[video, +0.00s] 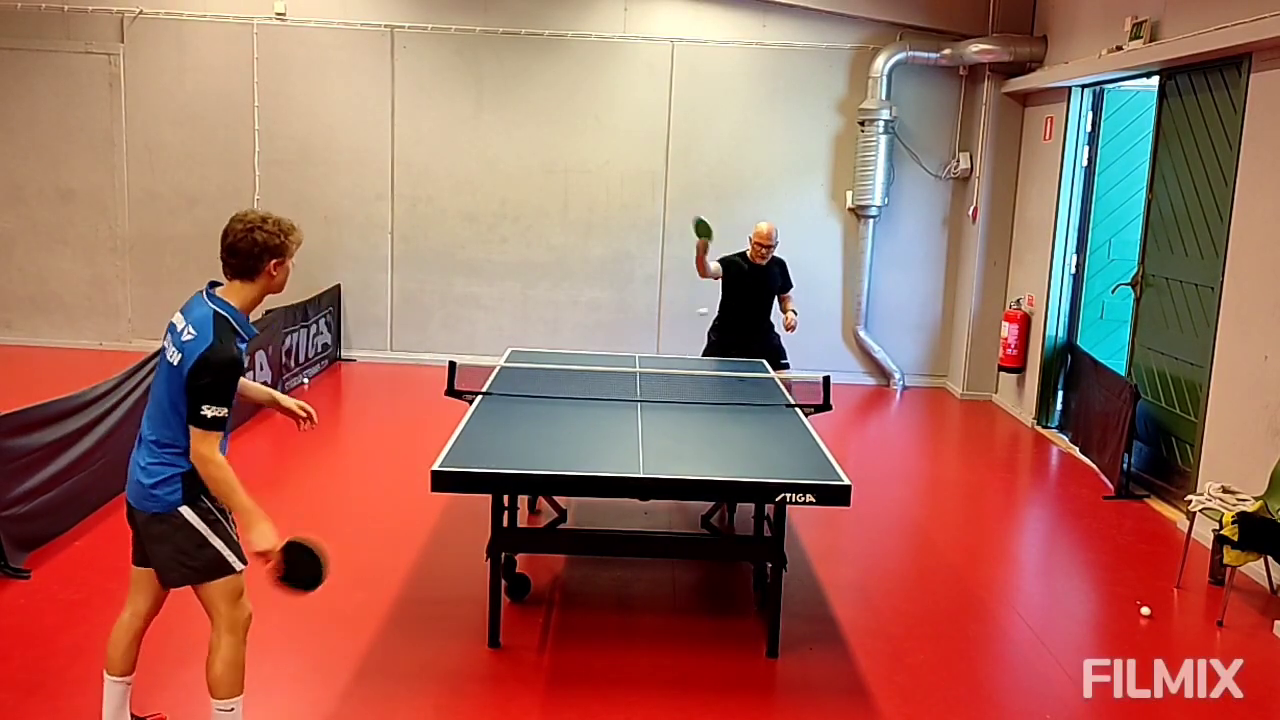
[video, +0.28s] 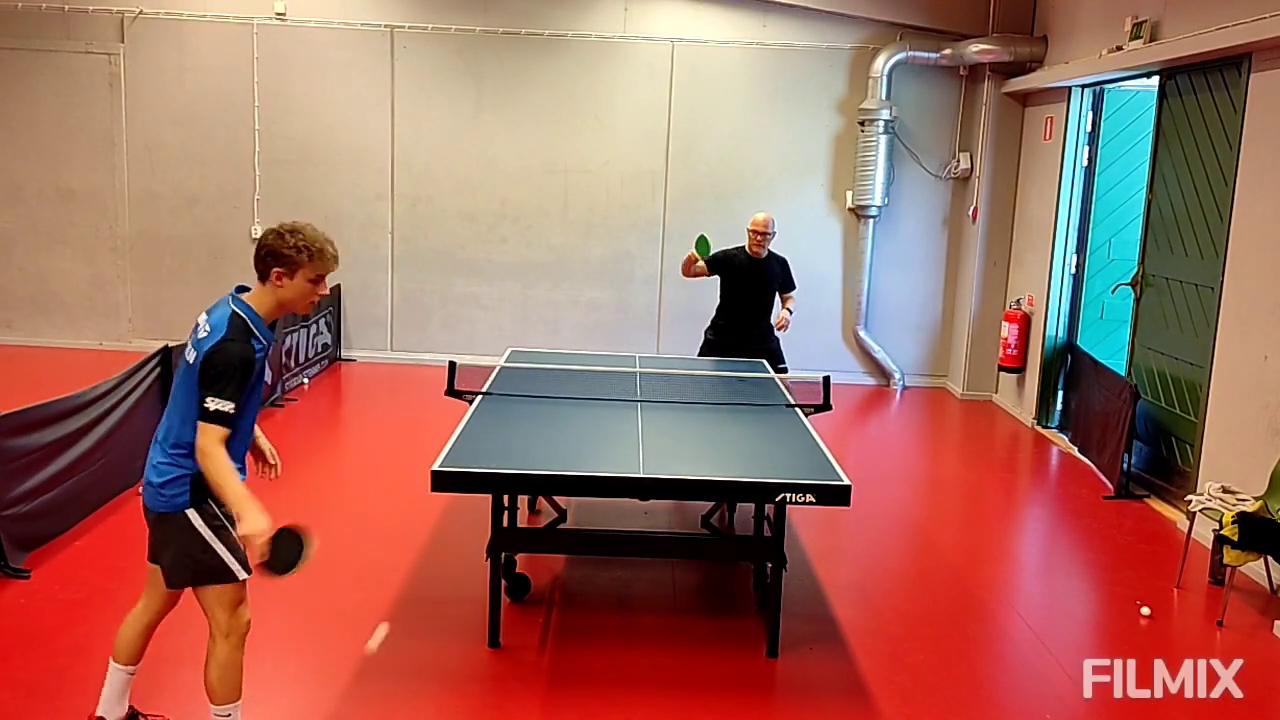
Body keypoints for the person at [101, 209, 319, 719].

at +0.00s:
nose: (289, 270)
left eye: (288, 262)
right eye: (287, 262)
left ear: (234, 262)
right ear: (271, 270)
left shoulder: (205, 304)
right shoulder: (222, 349)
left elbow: (213, 378)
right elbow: (206, 455)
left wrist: (274, 398)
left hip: (146, 482)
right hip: (177, 494)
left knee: (139, 606)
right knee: (233, 617)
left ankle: (115, 715)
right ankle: (227, 717)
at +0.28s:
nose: (323, 292)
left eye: (325, 282)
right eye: (316, 281)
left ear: (279, 278)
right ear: (279, 278)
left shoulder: (240, 309)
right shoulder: (235, 346)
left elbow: (214, 391)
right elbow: (208, 447)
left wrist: (251, 432)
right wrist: (248, 510)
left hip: (170, 481)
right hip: (190, 493)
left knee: (157, 598)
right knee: (231, 623)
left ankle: (110, 710)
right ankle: (226, 718)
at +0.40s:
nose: (306, 282)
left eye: (308, 271)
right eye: (297, 270)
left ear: (259, 266)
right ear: (260, 264)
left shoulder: (215, 304)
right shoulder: (247, 334)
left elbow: (199, 386)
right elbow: (275, 428)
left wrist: (251, 426)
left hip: (170, 480)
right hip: (202, 494)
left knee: (189, 591)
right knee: (236, 621)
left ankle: (123, 702)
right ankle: (228, 719)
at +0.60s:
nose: (276, 265)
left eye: (278, 253)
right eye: (265, 253)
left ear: (230, 255)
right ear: (228, 252)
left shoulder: (185, 304)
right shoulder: (230, 325)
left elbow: (151, 378)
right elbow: (263, 417)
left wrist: (207, 415)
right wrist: (350, 408)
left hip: (177, 479)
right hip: (208, 492)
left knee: (204, 591)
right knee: (245, 616)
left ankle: (141, 690)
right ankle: (233, 719)